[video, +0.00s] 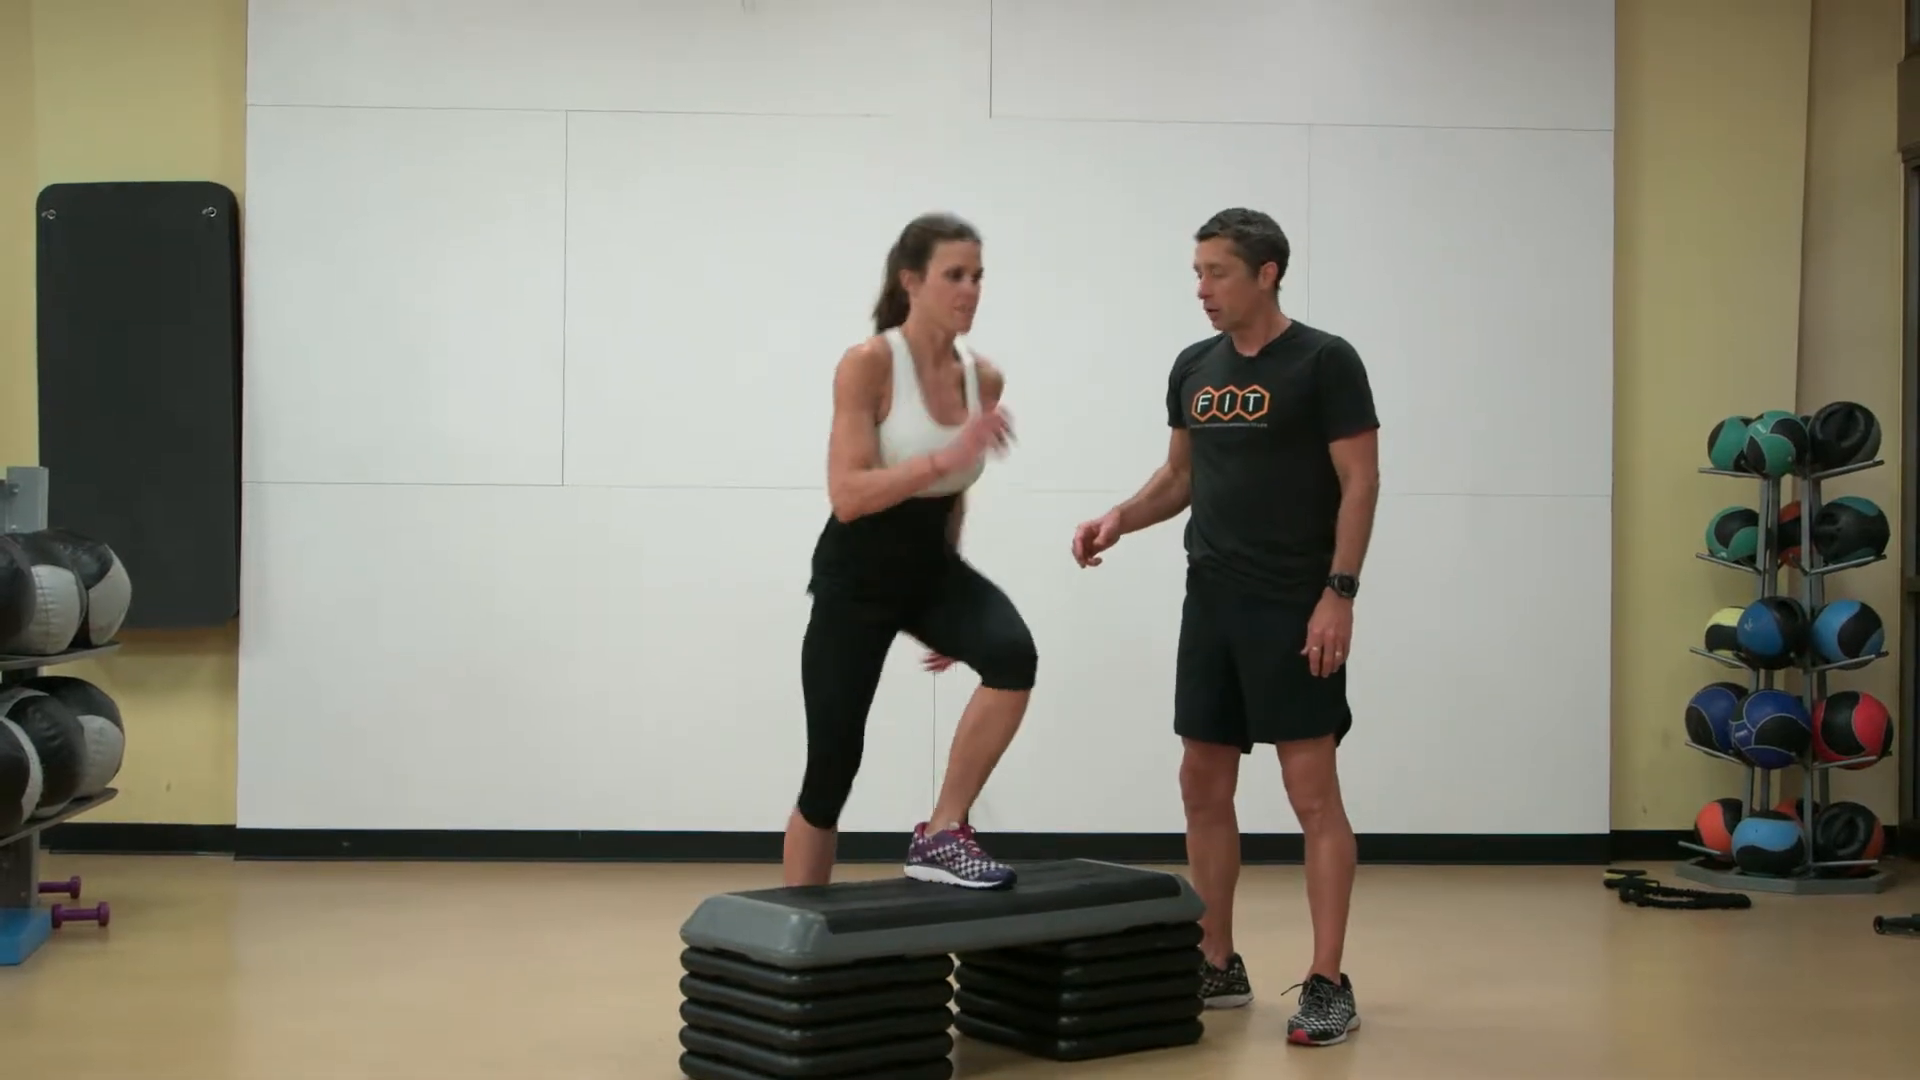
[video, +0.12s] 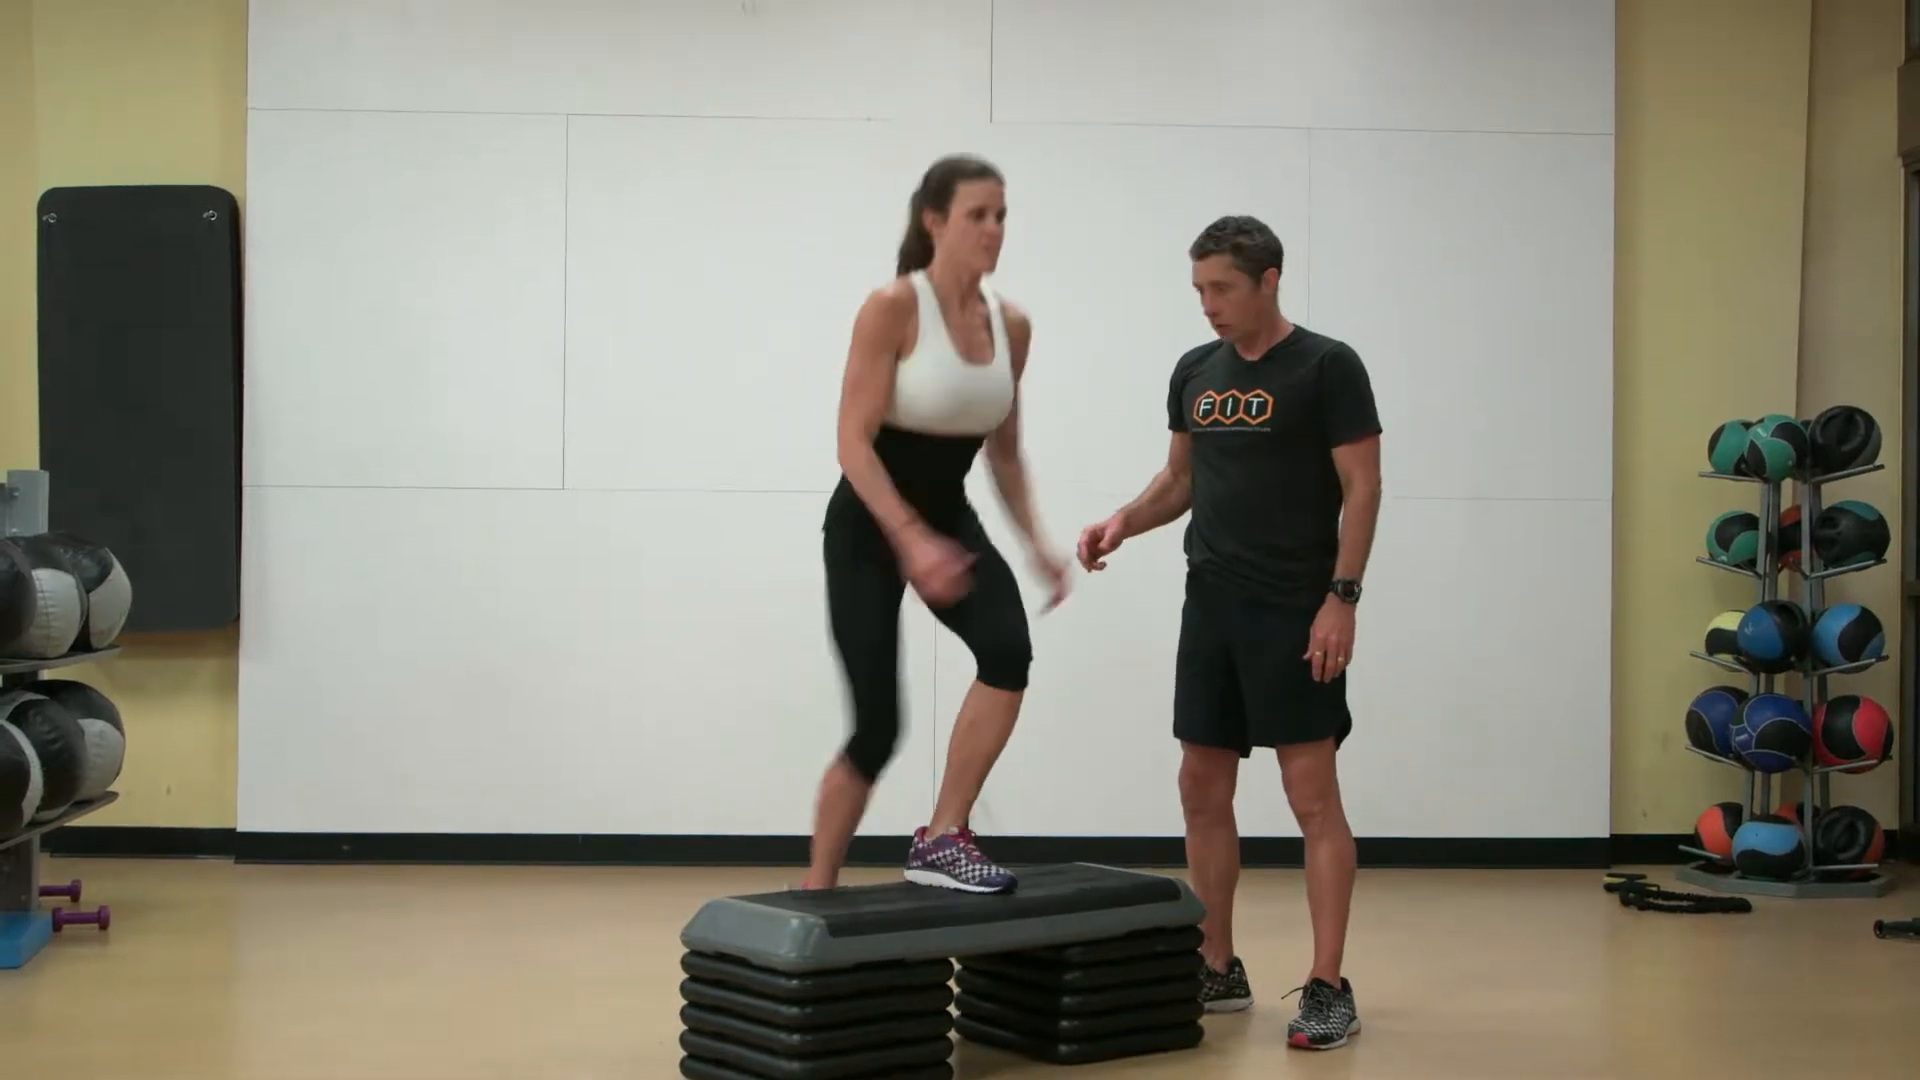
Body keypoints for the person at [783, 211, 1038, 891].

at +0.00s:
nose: (971, 289)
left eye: (977, 275)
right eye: (955, 275)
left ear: (981, 282)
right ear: (909, 282)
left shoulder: (980, 379)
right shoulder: (867, 367)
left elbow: (953, 500)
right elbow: (846, 497)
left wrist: (945, 615)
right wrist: (952, 454)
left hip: (930, 570)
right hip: (855, 576)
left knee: (1012, 656)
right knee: (832, 768)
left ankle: (943, 833)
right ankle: (801, 939)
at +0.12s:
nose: (995, 230)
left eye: (1000, 216)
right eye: (979, 216)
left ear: (1003, 224)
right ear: (932, 222)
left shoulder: (1008, 327)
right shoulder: (891, 310)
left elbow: (1004, 452)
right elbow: (852, 443)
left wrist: (1036, 542)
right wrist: (911, 537)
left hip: (945, 509)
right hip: (871, 511)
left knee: (1007, 654)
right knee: (878, 726)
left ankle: (942, 838)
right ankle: (815, 895)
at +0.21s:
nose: (1001, 194)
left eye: (1006, 181)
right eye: (985, 180)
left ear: (1006, 191)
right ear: (941, 187)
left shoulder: (1014, 299)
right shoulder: (891, 279)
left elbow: (1042, 425)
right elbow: (837, 408)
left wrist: (1088, 447)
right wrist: (824, 534)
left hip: (954, 495)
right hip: (880, 496)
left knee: (1003, 654)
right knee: (953, 661)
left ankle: (944, 839)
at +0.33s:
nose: (992, 131)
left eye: (1000, 118)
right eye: (977, 116)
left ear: (1004, 129)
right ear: (932, 124)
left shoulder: (1019, 231)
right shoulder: (882, 219)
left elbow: (1084, 339)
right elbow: (807, 325)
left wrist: (1102, 245)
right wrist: (750, 430)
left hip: (961, 436)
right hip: (884, 426)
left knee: (977, 637)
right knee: (1017, 476)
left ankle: (945, 838)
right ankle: (903, 601)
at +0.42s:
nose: (990, 85)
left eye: (998, 71)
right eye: (975, 70)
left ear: (1002, 83)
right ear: (930, 76)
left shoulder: (1019, 183)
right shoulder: (877, 169)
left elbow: (1096, 278)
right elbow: (799, 275)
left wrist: (1080, 173)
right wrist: (744, 368)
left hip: (966, 389)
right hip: (886, 375)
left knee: (955, 606)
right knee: (1026, 372)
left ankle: (956, 809)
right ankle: (923, 528)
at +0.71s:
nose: (994, 133)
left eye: (1001, 118)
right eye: (978, 116)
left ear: (1004, 129)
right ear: (933, 122)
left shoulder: (1019, 232)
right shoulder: (882, 218)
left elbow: (1089, 352)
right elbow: (809, 329)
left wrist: (1084, 261)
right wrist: (776, 452)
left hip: (962, 440)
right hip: (882, 428)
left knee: (984, 645)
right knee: (1008, 476)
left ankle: (955, 848)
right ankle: (897, 604)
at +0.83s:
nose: (993, 172)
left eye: (999, 158)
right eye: (978, 157)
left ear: (1001, 167)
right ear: (933, 161)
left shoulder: (1002, 271)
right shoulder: (888, 254)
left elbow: (1012, 402)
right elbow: (830, 387)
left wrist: (1059, 419)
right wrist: (852, 499)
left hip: (955, 481)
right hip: (878, 479)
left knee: (999, 655)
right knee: (939, 643)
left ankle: (954, 852)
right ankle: (836, 766)